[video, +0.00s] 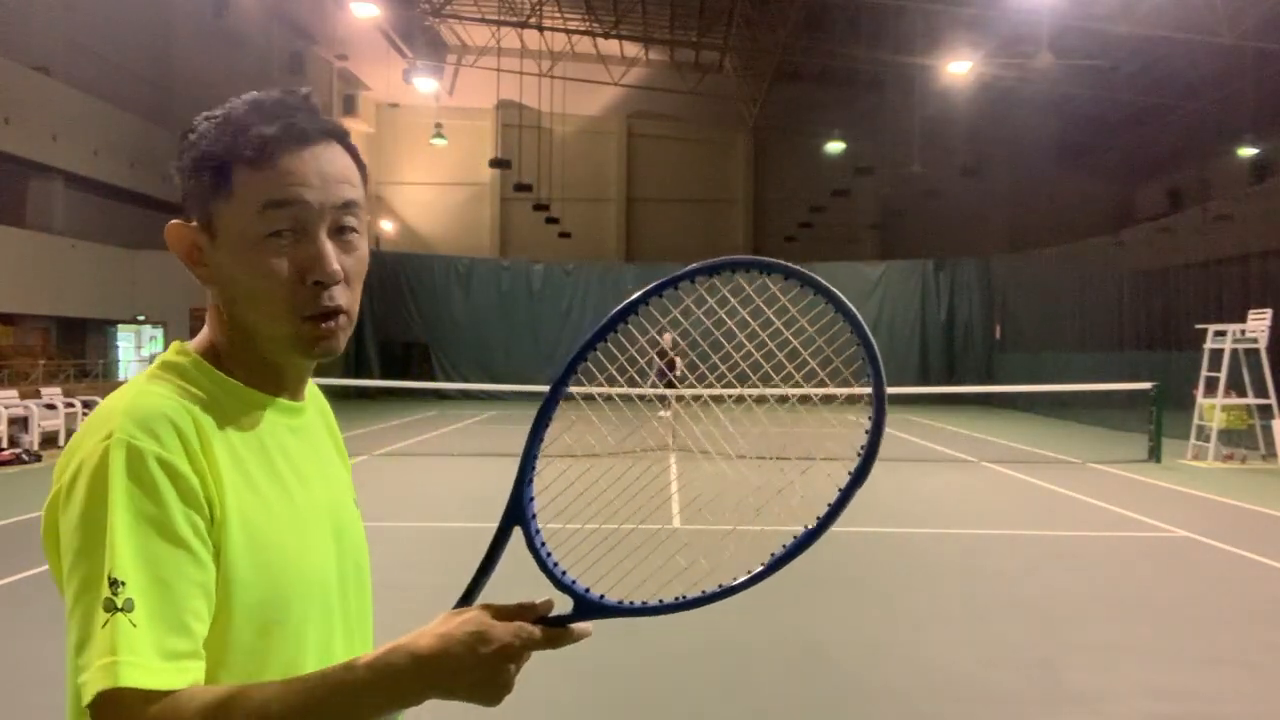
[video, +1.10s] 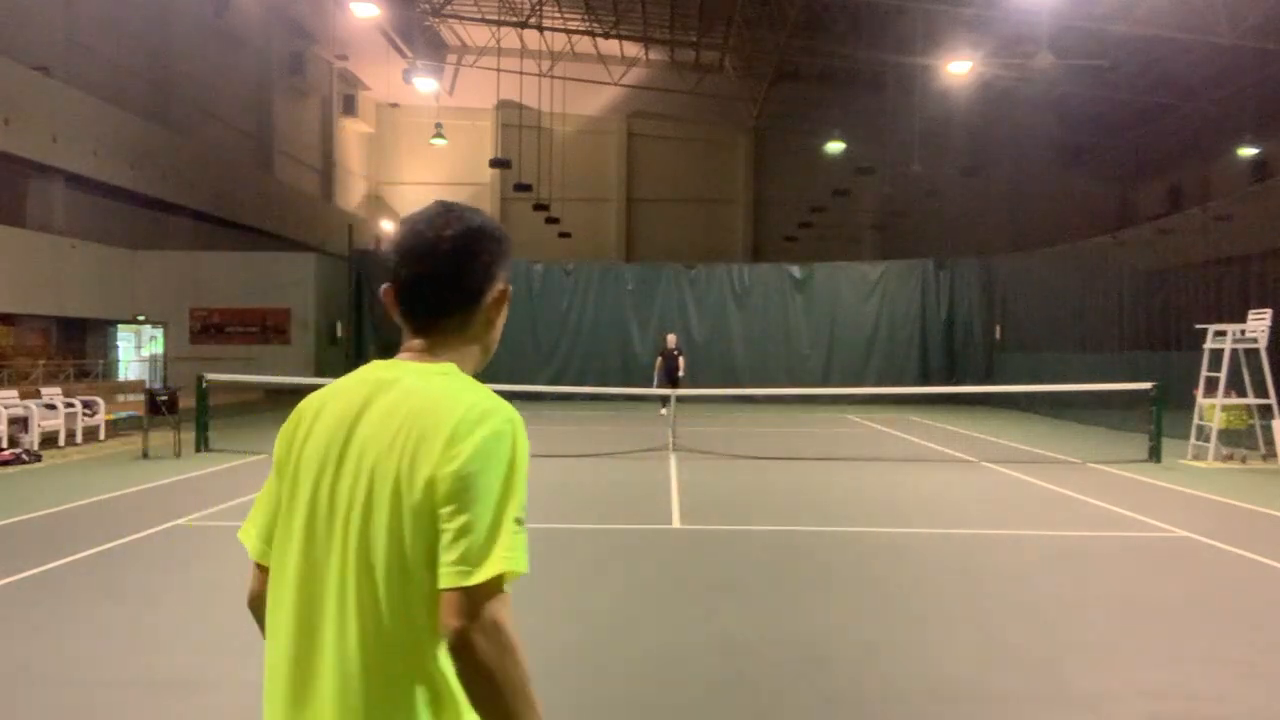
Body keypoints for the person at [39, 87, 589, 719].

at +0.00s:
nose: (330, 268)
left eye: (346, 227)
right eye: (283, 232)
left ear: (368, 237)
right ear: (197, 253)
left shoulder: (306, 409)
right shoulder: (139, 441)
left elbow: (302, 651)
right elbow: (133, 707)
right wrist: (412, 671)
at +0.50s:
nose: (376, 283)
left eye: (386, 253)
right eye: (340, 252)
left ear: (397, 256)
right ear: (253, 266)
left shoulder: (301, 417)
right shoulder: (207, 425)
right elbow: (193, 684)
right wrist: (428, 622)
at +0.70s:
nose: (428, 288)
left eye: (423, 264)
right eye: (416, 262)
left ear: (353, 276)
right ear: (352, 274)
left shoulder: (305, 404)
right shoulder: (266, 408)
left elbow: (327, 630)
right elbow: (317, 641)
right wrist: (534, 602)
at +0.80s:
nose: (438, 291)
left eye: (438, 270)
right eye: (436, 269)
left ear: (322, 273)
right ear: (402, 278)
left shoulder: (289, 392)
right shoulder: (317, 410)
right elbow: (300, 647)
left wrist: (479, 668)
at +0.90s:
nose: (457, 298)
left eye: (458, 277)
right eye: (457, 277)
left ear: (343, 285)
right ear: (437, 285)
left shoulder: (282, 396)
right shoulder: (367, 409)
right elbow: (321, 637)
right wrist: (471, 712)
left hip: (247, 705)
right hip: (328, 709)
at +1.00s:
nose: (478, 309)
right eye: (480, 291)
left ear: (357, 290)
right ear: (468, 294)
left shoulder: (286, 407)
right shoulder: (425, 411)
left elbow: (246, 592)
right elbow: (390, 628)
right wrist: (482, 713)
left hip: (260, 707)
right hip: (364, 709)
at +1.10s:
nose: (503, 313)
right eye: (506, 299)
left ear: (391, 302)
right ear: (499, 303)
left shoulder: (315, 409)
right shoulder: (480, 420)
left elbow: (263, 595)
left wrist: (324, 681)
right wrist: (526, 713)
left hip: (298, 709)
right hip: (420, 709)